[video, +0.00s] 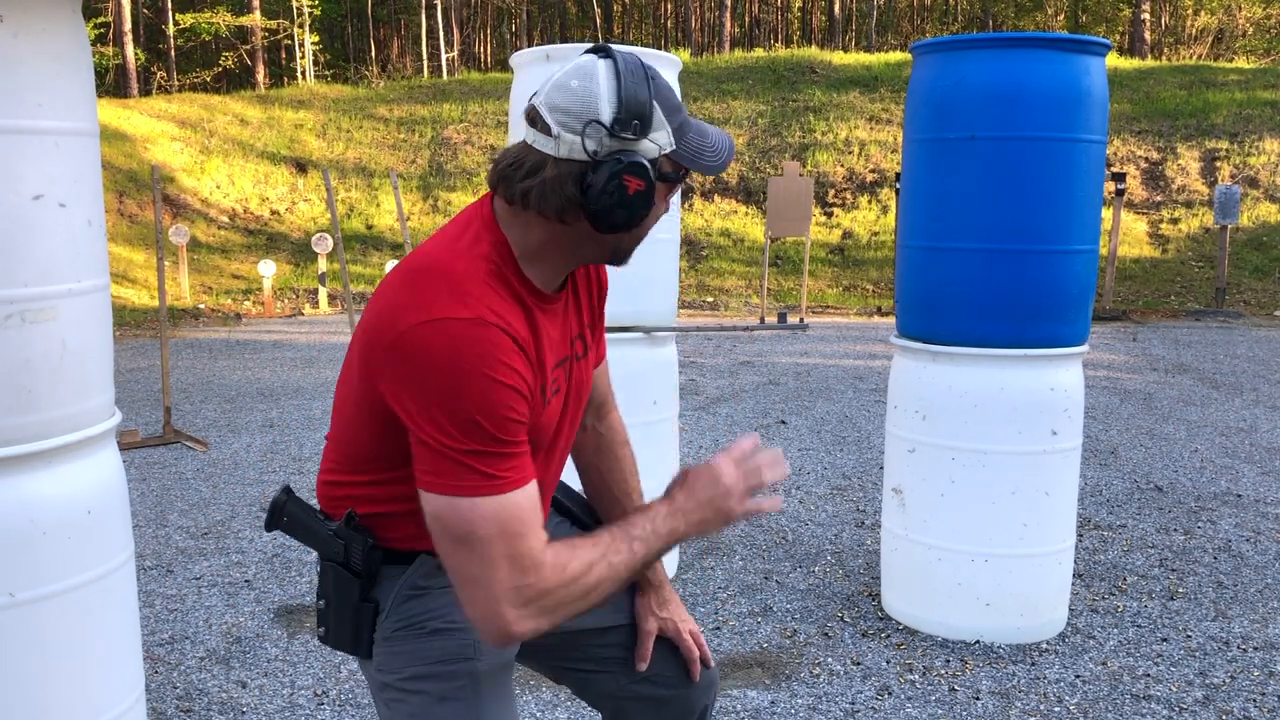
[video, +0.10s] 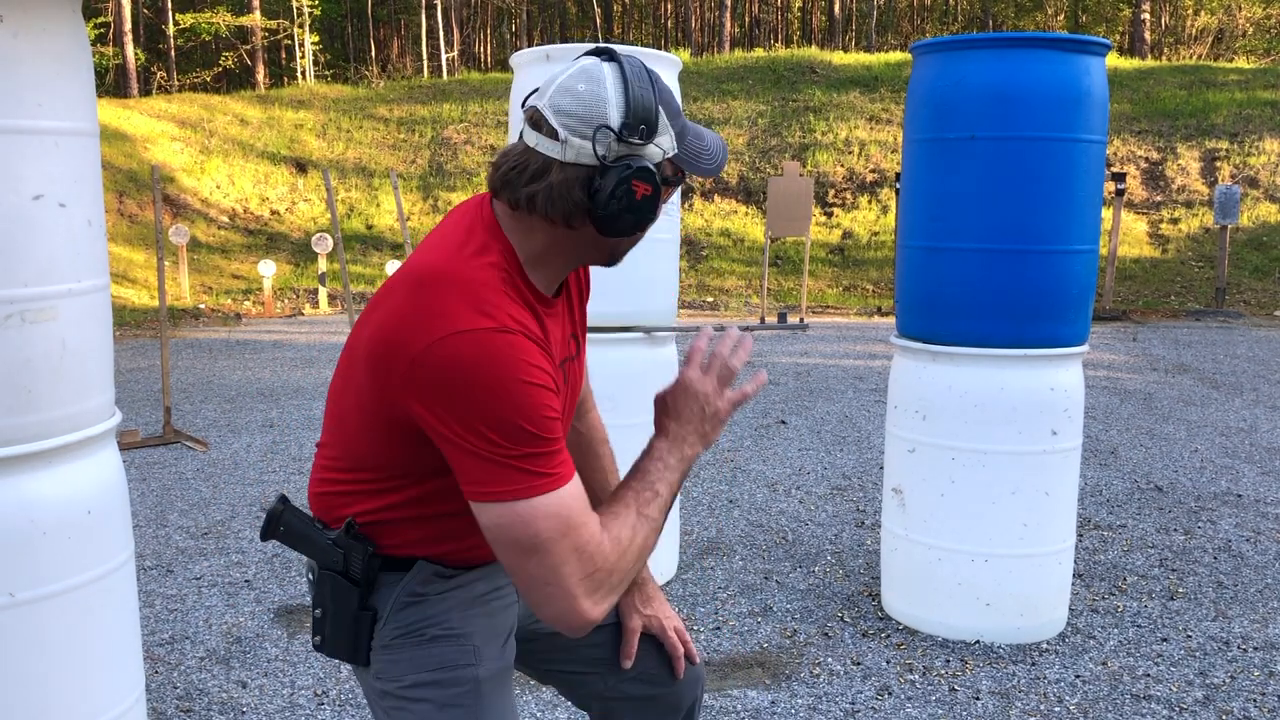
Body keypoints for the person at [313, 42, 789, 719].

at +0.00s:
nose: (671, 204)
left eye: (674, 186)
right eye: (669, 186)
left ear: (616, 191)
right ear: (619, 193)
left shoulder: (570, 256)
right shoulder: (457, 328)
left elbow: (595, 419)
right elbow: (510, 605)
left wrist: (647, 573)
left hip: (518, 518)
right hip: (411, 562)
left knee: (674, 685)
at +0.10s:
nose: (665, 204)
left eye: (668, 187)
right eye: (663, 187)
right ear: (620, 196)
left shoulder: (543, 248)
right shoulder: (476, 335)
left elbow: (576, 415)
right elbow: (577, 596)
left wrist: (628, 571)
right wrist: (677, 441)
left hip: (513, 545)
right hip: (421, 582)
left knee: (662, 684)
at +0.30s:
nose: (661, 197)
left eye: (661, 171)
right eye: (641, 170)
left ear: (552, 180)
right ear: (551, 174)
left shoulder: (560, 259)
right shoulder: (463, 338)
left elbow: (583, 417)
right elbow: (628, 558)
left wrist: (635, 574)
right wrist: (665, 359)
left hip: (530, 544)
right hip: (425, 585)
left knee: (670, 688)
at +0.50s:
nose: (544, 218)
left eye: (568, 181)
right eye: (514, 184)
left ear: (600, 179)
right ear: (457, 179)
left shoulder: (597, 254)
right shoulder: (422, 342)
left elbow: (624, 426)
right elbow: (625, 528)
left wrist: (668, 584)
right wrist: (709, 320)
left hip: (557, 548)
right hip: (435, 577)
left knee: (701, 693)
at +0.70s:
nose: (524, 222)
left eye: (548, 184)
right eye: (494, 188)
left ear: (589, 177)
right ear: (448, 180)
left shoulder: (613, 249)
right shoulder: (407, 333)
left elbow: (650, 430)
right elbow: (545, 563)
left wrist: (690, 594)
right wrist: (699, 391)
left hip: (568, 537)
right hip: (440, 564)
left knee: (725, 697)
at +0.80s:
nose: (535, 214)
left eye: (559, 178)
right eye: (507, 180)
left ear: (598, 173)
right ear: (460, 176)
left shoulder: (621, 249)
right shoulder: (411, 329)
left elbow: (652, 424)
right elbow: (488, 587)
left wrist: (693, 593)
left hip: (568, 528)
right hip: (440, 560)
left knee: (727, 698)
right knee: (464, 704)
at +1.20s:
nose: (554, 213)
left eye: (580, 178)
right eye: (526, 179)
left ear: (618, 180)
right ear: (482, 179)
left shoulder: (636, 263)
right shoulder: (419, 328)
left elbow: (662, 431)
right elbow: (487, 582)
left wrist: (699, 600)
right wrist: (641, 399)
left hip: (583, 545)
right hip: (447, 567)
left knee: (730, 700)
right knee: (458, 706)